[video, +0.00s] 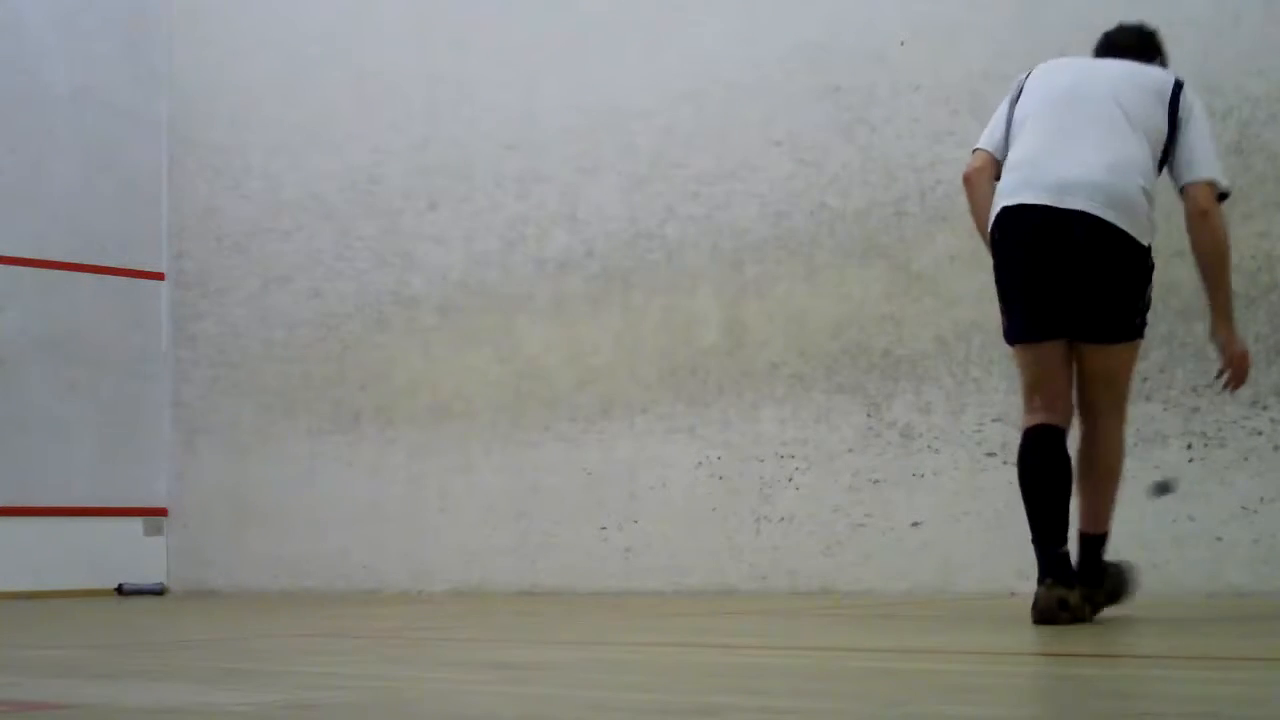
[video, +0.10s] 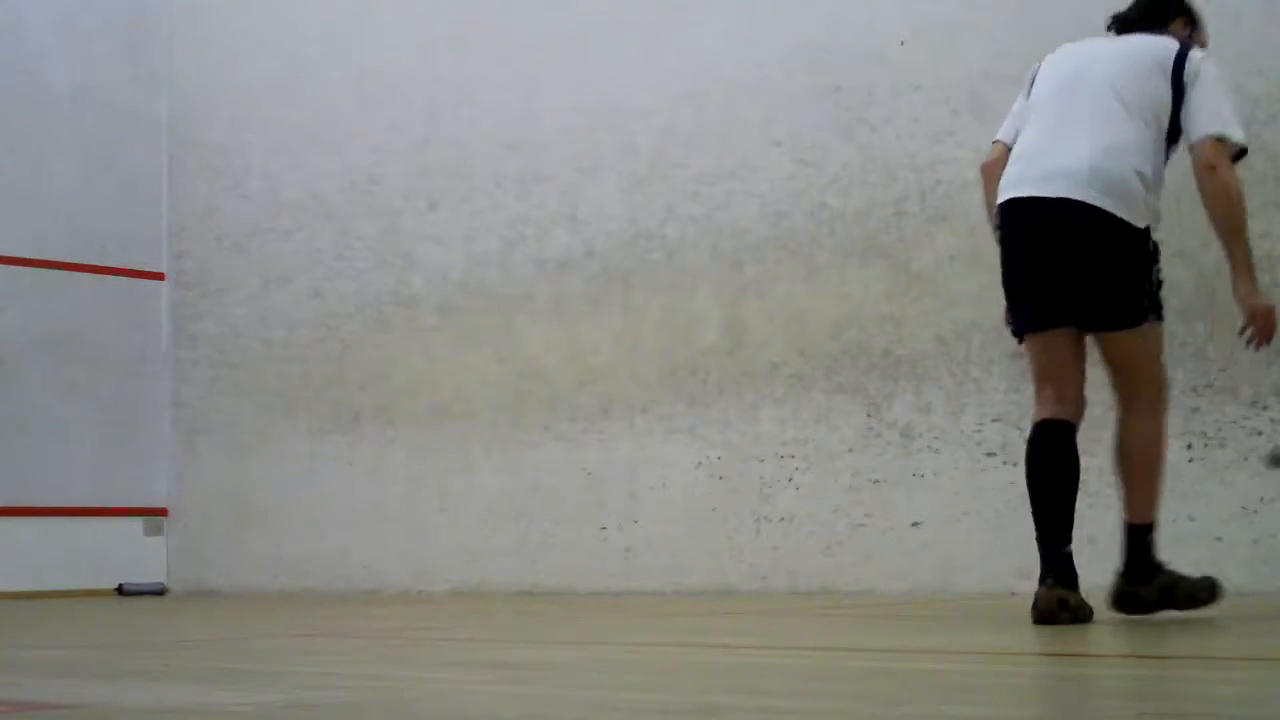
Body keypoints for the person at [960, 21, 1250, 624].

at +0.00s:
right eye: (1162, 70)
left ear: (1098, 54)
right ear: (1158, 63)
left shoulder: (1037, 76)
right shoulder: (1172, 88)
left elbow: (978, 171)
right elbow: (1202, 206)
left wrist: (1006, 253)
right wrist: (1224, 325)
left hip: (1022, 232)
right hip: (1110, 237)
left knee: (1043, 405)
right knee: (1103, 414)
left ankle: (1050, 578)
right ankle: (1090, 572)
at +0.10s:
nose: (1197, 56)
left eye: (1198, 48)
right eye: (1196, 46)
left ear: (1123, 28)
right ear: (1179, 32)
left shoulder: (1057, 59)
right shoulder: (1186, 59)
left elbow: (994, 164)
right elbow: (1213, 163)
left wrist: (1019, 258)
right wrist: (1246, 285)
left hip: (1024, 223)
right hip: (1107, 223)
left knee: (1054, 394)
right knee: (1141, 397)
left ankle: (1054, 580)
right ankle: (1140, 571)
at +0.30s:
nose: (1256, 15)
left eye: (1257, 10)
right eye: (1256, 7)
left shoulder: (1122, 39)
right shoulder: (1212, 11)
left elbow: (1064, 155)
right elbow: (1208, 96)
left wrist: (1052, 257)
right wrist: (1256, 202)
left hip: (1073, 223)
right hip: (1141, 218)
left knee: (1100, 400)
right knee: (1214, 385)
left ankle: (1056, 577)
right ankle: (1235, 573)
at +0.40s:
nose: (1272, 11)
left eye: (1271, 9)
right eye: (1270, 6)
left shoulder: (1159, 30)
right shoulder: (1224, 6)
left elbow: (1128, 146)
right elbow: (1205, 82)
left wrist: (1096, 262)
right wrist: (1252, 184)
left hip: (1120, 223)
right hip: (1173, 219)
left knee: (1160, 403)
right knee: (1235, 387)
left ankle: (1066, 556)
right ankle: (1241, 576)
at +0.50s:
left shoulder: (1210, 12)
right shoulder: (1233, 3)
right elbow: (1205, 77)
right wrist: (1253, 173)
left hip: (1186, 214)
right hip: (1188, 211)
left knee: (1232, 394)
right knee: (1248, 389)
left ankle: (1109, 524)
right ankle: (1243, 577)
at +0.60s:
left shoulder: (1241, 9)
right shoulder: (1243, 4)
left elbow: (1212, 75)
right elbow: (1210, 72)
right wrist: (1259, 171)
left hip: (1232, 209)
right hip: (1211, 206)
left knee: (1264, 387)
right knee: (1250, 386)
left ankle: (1190, 526)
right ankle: (1242, 574)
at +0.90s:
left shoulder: (1272, 22)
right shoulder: (1275, 21)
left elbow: (1267, 95)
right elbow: (1270, 96)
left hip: (1272, 214)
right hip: (1273, 214)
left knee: (1272, 386)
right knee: (1273, 386)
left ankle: (1244, 569)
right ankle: (1243, 570)